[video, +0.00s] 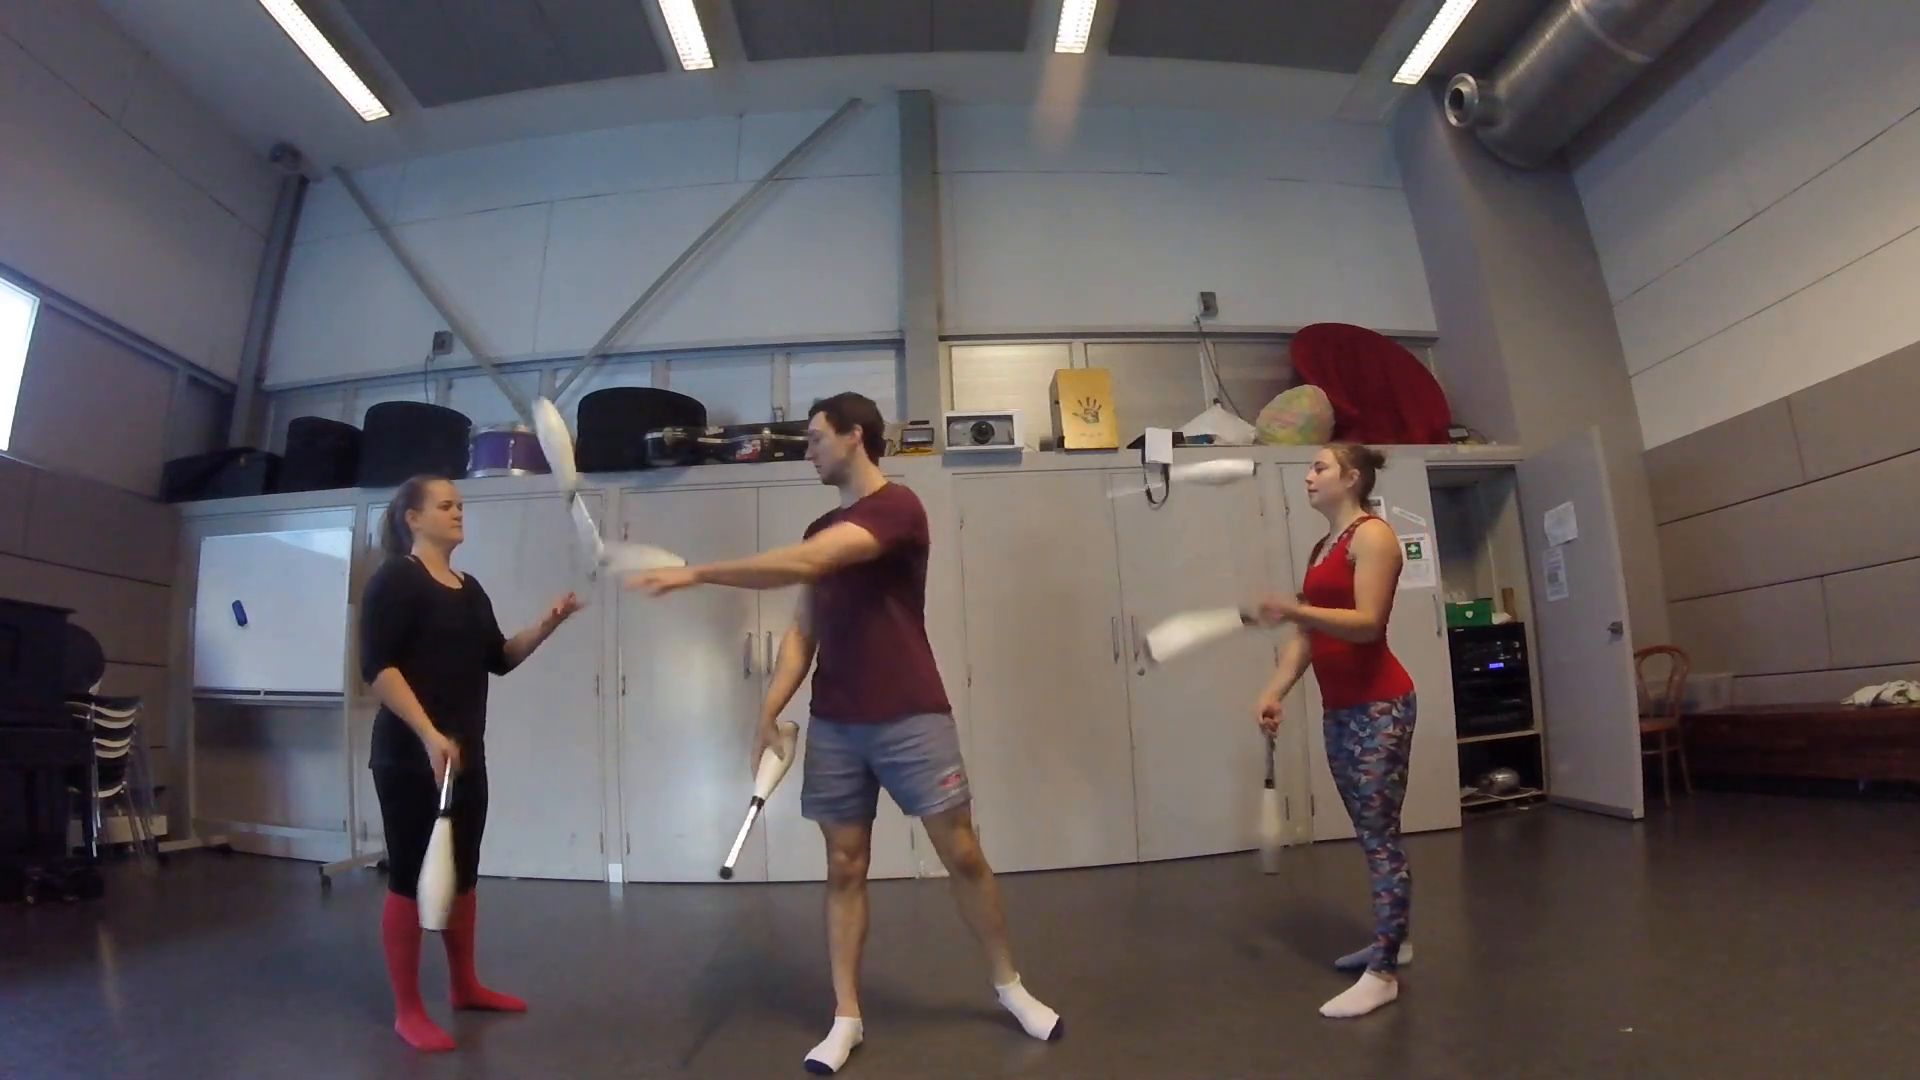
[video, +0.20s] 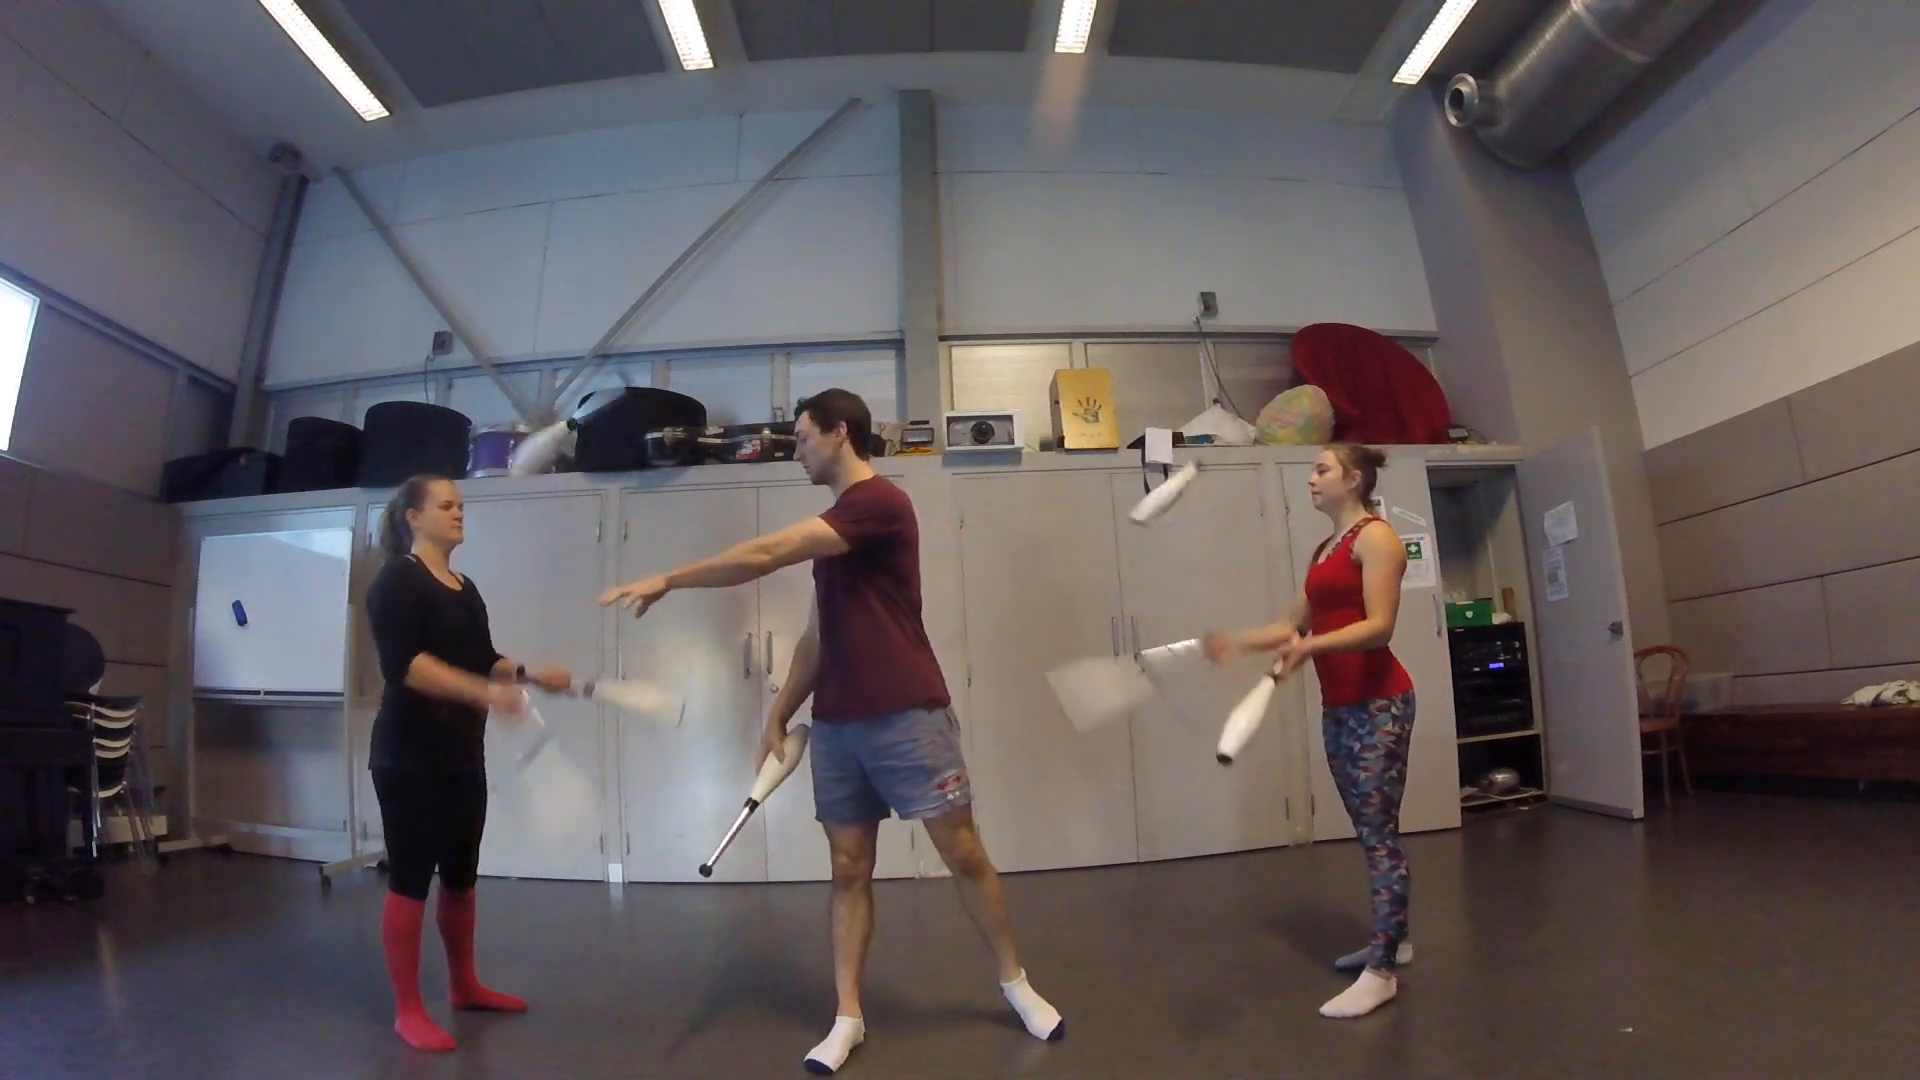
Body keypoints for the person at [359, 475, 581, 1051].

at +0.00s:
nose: (459, 515)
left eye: (459, 506)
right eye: (447, 507)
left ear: (454, 518)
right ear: (412, 518)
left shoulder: (468, 588)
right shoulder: (393, 581)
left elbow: (501, 658)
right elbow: (379, 670)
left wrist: (546, 624)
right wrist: (430, 734)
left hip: (465, 751)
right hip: (408, 753)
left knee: (463, 871)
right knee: (408, 877)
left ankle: (466, 988)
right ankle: (409, 1012)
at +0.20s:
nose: (459, 515)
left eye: (460, 507)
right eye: (447, 507)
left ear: (456, 518)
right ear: (413, 518)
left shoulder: (464, 588)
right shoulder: (394, 583)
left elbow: (482, 661)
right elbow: (404, 666)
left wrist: (536, 674)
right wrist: (487, 694)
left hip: (463, 754)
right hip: (409, 757)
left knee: (460, 874)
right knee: (410, 878)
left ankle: (465, 988)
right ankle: (408, 1012)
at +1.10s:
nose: (461, 515)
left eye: (460, 506)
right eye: (449, 508)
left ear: (455, 522)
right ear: (417, 522)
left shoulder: (470, 594)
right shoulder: (405, 581)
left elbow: (509, 661)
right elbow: (424, 647)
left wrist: (571, 699)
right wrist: (511, 631)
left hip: (468, 755)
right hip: (419, 757)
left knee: (464, 875)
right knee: (422, 878)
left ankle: (465, 987)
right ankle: (409, 1010)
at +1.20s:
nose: (464, 516)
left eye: (463, 508)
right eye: (451, 509)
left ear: (459, 522)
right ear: (418, 523)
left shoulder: (469, 591)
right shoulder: (406, 579)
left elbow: (505, 665)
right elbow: (447, 626)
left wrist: (557, 715)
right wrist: (516, 582)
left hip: (468, 752)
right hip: (417, 755)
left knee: (464, 875)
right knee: (420, 879)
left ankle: (466, 989)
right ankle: (410, 1011)